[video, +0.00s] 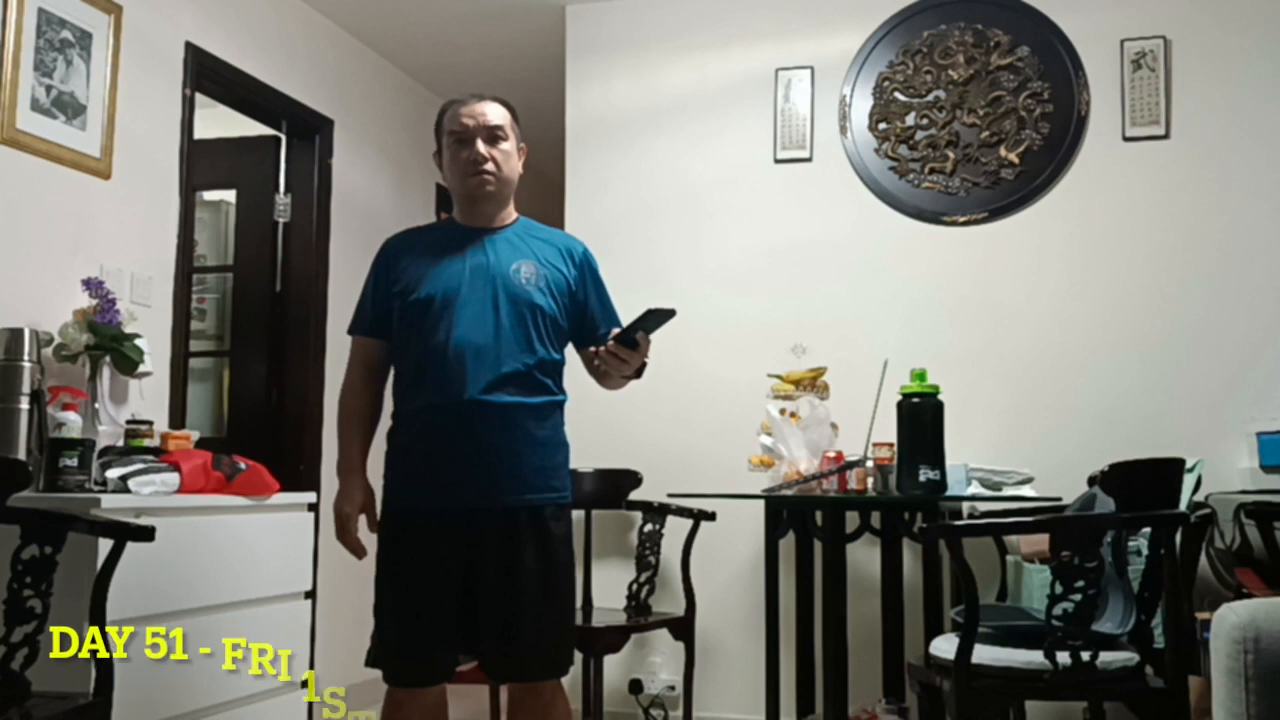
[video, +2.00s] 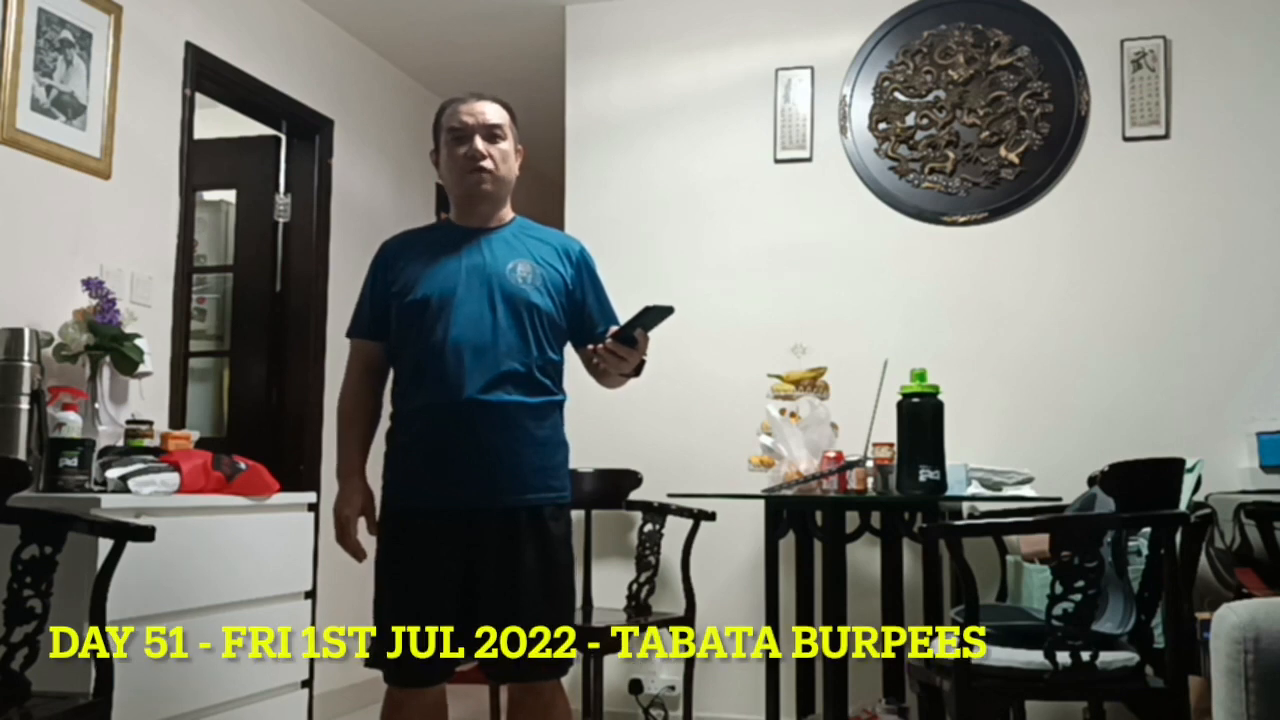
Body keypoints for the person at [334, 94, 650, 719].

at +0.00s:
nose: (478, 149)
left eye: (494, 136)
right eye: (461, 140)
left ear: (521, 158)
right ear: (440, 163)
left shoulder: (566, 253)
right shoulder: (402, 254)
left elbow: (605, 363)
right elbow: (365, 372)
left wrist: (622, 366)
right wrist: (352, 473)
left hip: (529, 496)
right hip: (423, 496)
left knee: (535, 681)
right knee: (413, 682)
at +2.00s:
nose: (477, 146)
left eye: (492, 135)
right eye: (459, 137)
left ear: (519, 158)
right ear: (437, 162)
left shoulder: (563, 253)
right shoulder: (399, 255)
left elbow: (604, 361)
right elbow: (364, 374)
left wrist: (622, 363)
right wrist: (351, 475)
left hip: (529, 496)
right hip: (421, 496)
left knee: (536, 680)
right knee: (412, 681)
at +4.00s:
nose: (477, 146)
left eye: (493, 134)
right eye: (460, 137)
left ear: (519, 159)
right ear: (438, 161)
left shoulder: (563, 253)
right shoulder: (400, 256)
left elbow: (603, 363)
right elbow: (365, 376)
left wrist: (622, 362)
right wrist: (352, 477)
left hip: (528, 497)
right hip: (421, 497)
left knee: (536, 680)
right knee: (413, 681)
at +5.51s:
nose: (543, 185)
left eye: (559, 167)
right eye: (523, 163)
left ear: (571, 171)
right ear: (481, 158)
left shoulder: (594, 274)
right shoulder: (416, 256)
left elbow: (638, 390)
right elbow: (362, 364)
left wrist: (653, 400)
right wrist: (352, 466)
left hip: (543, 521)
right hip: (428, 512)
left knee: (577, 700)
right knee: (398, 701)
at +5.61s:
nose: (594, 190)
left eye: (612, 172)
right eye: (574, 165)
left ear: (624, 175)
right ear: (531, 158)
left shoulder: (639, 286)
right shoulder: (459, 250)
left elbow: (679, 397)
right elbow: (398, 361)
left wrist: (691, 429)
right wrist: (379, 466)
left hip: (575, 528)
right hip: (458, 517)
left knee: (599, 704)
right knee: (408, 696)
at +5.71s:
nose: (651, 210)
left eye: (672, 189)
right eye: (632, 181)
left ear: (685, 186)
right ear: (587, 165)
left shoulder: (690, 303)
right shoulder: (508, 247)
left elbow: (727, 415)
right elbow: (435, 362)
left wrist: (733, 457)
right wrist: (415, 477)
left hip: (610, 533)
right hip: (489, 519)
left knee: (635, 705)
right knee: (436, 702)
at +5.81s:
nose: (701, 239)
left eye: (723, 219)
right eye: (682, 209)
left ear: (738, 214)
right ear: (633, 186)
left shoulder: (732, 331)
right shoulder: (542, 252)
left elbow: (777, 454)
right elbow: (464, 355)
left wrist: (776, 501)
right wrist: (447, 490)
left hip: (637, 540)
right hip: (511, 525)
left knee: (661, 707)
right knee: (460, 705)